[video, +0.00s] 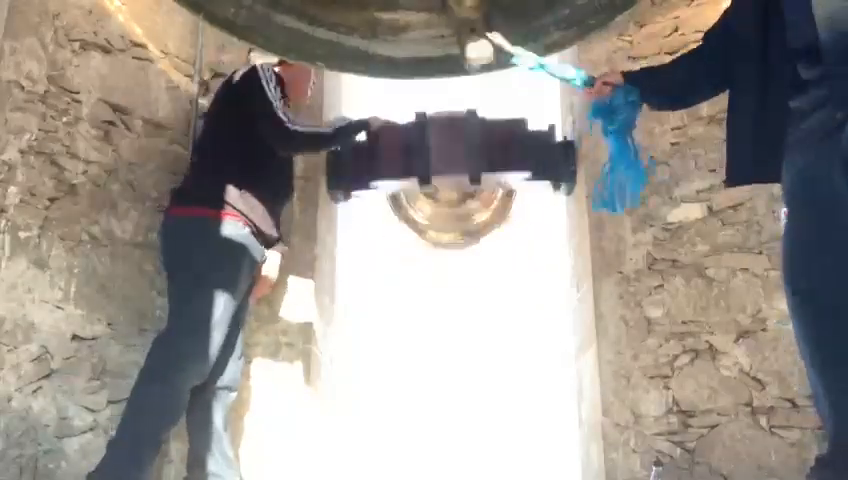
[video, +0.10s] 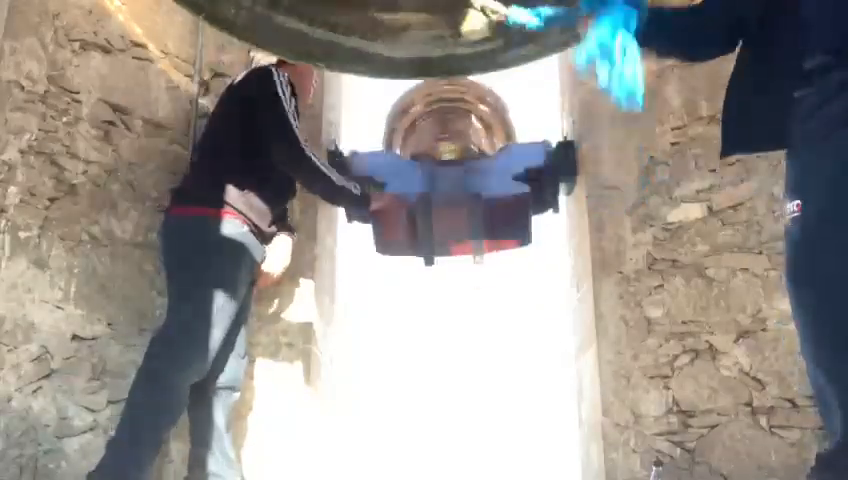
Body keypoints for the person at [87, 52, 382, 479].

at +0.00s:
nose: (312, 88)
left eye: (315, 81)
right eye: (309, 77)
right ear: (289, 65)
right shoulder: (258, 76)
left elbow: (261, 189)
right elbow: (282, 136)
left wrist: (268, 250)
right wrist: (357, 128)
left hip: (241, 241)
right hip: (215, 227)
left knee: (221, 377)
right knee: (188, 358)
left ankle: (215, 471)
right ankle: (118, 470)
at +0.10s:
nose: (318, 84)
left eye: (320, 74)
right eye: (316, 71)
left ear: (290, 65)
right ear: (297, 63)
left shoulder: (274, 99)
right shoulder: (267, 81)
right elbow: (292, 154)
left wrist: (279, 234)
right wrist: (361, 199)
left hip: (239, 240)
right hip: (216, 228)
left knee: (223, 378)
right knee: (184, 357)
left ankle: (217, 471)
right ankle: (119, 471)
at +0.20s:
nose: (313, 89)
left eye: (313, 83)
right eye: (311, 79)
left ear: (283, 63)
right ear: (292, 65)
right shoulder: (268, 81)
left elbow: (244, 174)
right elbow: (313, 147)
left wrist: (287, 208)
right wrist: (374, 214)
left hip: (239, 241)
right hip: (212, 227)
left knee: (220, 379)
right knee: (175, 358)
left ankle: (215, 472)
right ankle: (117, 471)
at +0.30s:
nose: (312, 84)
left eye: (313, 80)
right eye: (311, 74)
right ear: (298, 64)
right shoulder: (269, 78)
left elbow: (258, 199)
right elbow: (319, 146)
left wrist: (306, 191)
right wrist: (375, 219)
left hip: (241, 243)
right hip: (210, 226)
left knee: (217, 379)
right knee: (177, 355)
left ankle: (215, 472)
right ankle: (116, 470)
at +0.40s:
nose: (308, 76)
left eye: (309, 69)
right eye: (306, 66)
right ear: (290, 59)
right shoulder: (262, 75)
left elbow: (271, 192)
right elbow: (309, 148)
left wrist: (320, 164)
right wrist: (366, 219)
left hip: (243, 239)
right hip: (214, 225)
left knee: (218, 379)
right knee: (181, 358)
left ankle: (215, 472)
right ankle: (117, 470)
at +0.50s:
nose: (304, 64)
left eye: (308, 57)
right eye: (301, 54)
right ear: (284, 50)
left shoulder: (286, 102)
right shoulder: (261, 73)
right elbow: (296, 152)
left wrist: (322, 136)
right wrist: (347, 222)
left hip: (248, 239)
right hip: (216, 225)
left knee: (221, 380)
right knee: (187, 358)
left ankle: (216, 473)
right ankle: (118, 470)